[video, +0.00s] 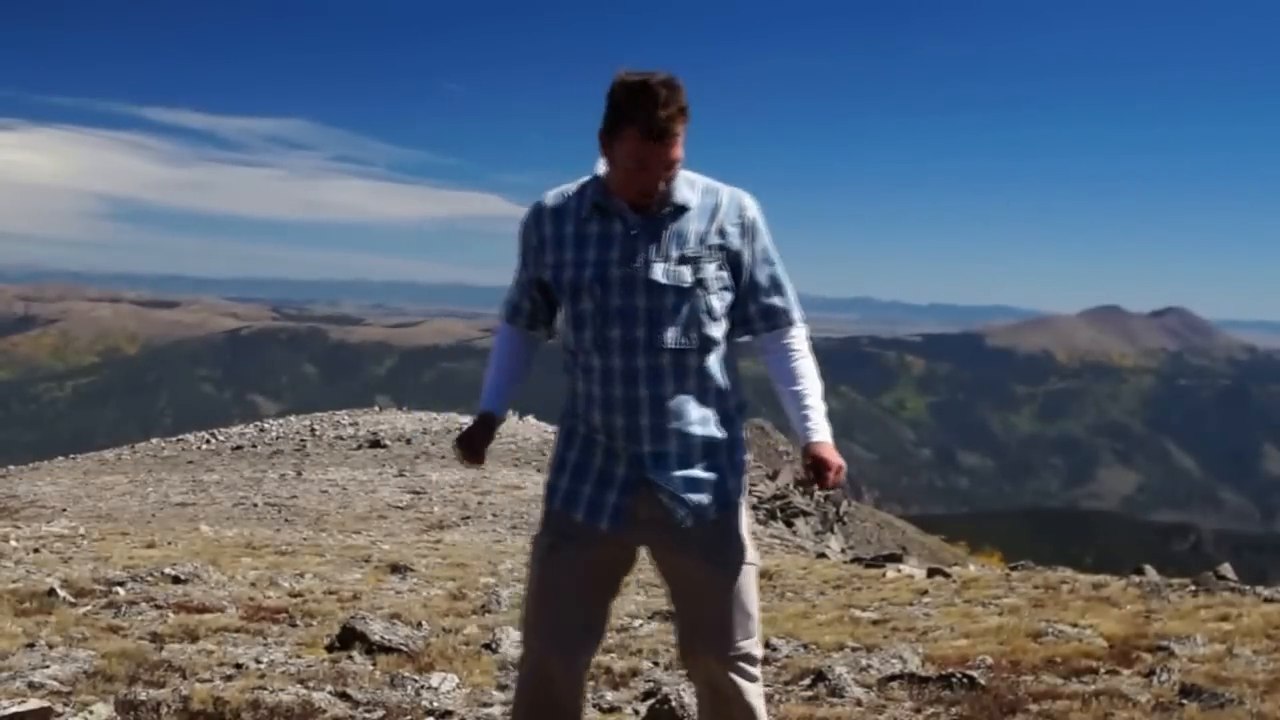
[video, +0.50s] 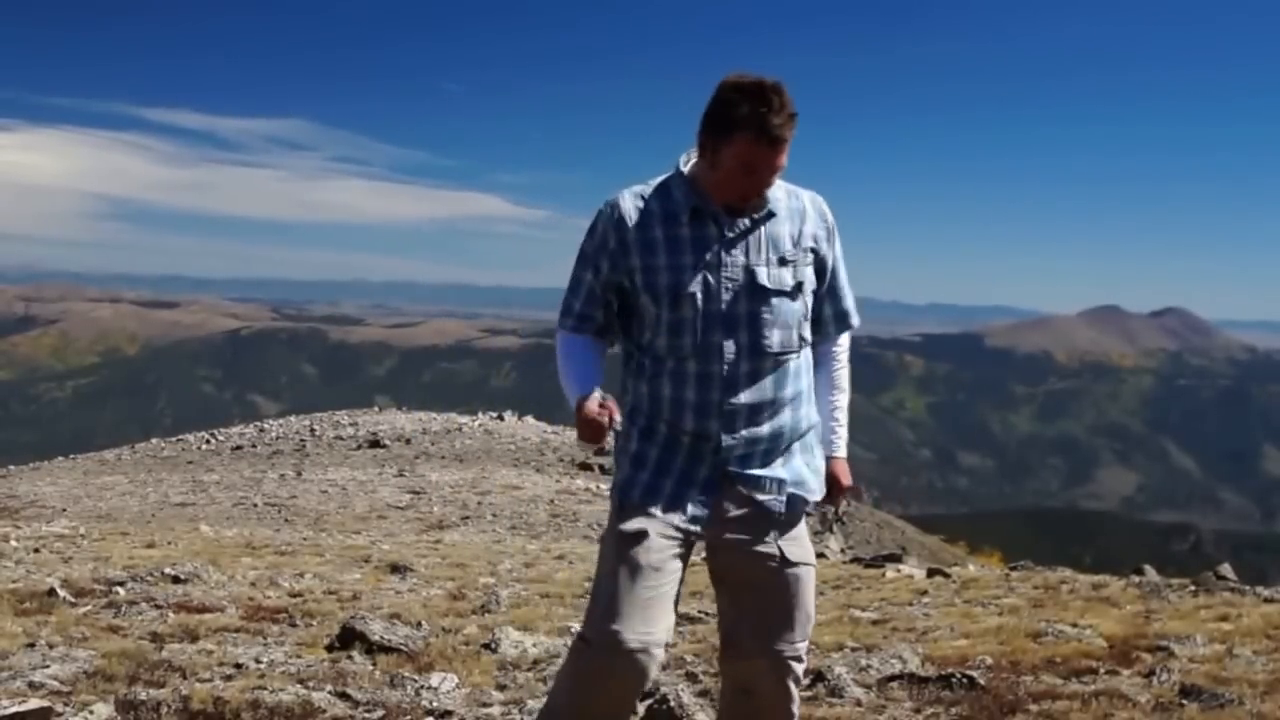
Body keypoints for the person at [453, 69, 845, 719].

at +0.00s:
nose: (667, 158)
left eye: (674, 143)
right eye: (652, 145)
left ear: (684, 140)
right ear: (611, 141)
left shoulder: (730, 215)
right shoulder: (555, 221)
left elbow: (781, 330)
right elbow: (522, 323)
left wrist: (815, 433)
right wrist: (490, 413)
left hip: (700, 475)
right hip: (589, 471)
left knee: (728, 669)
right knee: (549, 666)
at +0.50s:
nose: (762, 187)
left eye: (774, 171)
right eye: (751, 171)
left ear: (784, 154)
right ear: (709, 148)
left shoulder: (808, 218)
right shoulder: (630, 219)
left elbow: (831, 338)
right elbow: (579, 328)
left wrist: (834, 446)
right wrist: (586, 393)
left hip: (774, 478)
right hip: (659, 475)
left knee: (773, 671)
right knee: (622, 652)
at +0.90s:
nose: (729, 183)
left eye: (737, 169)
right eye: (721, 167)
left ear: (741, 160)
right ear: (674, 147)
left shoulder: (737, 236)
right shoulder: (576, 230)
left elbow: (733, 360)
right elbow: (521, 349)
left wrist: (751, 453)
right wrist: (542, 452)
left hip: (701, 500)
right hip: (590, 500)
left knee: (732, 683)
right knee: (591, 692)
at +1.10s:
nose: (651, 151)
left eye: (666, 135)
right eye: (637, 133)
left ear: (689, 130)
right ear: (609, 127)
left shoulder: (723, 228)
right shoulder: (538, 208)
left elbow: (736, 349)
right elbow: (476, 311)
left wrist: (771, 416)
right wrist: (488, 407)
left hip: (664, 481)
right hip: (550, 484)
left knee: (700, 662)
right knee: (558, 682)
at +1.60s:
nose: (606, 161)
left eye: (621, 142)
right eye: (591, 146)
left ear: (657, 134)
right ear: (577, 145)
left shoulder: (725, 223)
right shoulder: (577, 226)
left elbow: (779, 338)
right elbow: (554, 333)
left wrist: (792, 423)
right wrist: (504, 421)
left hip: (699, 494)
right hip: (590, 489)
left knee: (742, 686)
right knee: (565, 683)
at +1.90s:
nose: (681, 176)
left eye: (695, 158)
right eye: (664, 160)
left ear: (721, 138)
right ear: (642, 150)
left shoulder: (791, 211)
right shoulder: (636, 229)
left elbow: (858, 327)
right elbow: (624, 330)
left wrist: (875, 449)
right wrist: (582, 398)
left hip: (781, 476)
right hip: (675, 473)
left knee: (792, 679)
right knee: (629, 670)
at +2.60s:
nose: (734, 168)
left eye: (746, 153)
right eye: (720, 151)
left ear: (759, 144)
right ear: (677, 133)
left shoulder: (769, 225)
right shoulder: (584, 208)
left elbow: (788, 341)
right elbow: (520, 315)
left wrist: (836, 394)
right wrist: (550, 414)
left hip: (722, 486)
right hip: (606, 483)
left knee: (762, 677)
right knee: (577, 671)